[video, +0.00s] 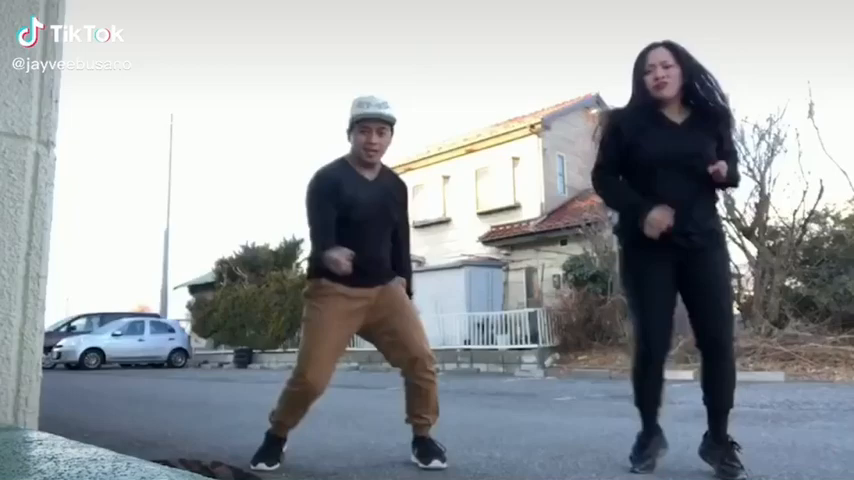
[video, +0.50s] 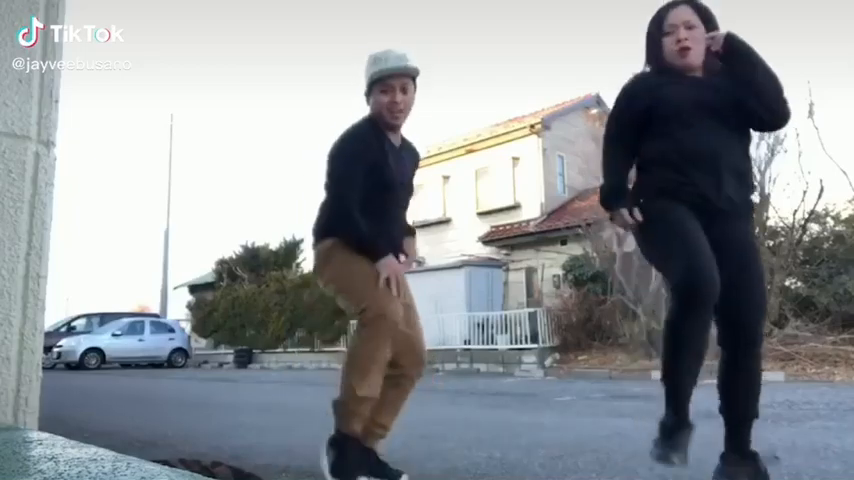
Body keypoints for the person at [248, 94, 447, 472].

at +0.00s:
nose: (373, 139)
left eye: (381, 132)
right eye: (365, 131)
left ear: (390, 138)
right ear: (350, 134)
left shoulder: (395, 186)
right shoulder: (327, 181)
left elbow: (401, 244)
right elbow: (321, 237)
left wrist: (405, 289)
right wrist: (329, 253)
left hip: (386, 293)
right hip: (334, 293)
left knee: (421, 358)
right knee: (310, 381)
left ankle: (424, 439)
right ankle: (275, 438)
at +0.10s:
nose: (379, 132)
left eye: (387, 125)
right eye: (370, 124)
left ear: (396, 132)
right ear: (356, 129)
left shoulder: (395, 182)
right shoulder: (336, 176)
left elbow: (391, 239)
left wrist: (396, 283)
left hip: (390, 295)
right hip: (340, 298)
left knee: (429, 362)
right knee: (315, 388)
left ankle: (425, 440)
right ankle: (276, 441)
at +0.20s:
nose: (384, 101)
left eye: (392, 94)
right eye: (376, 93)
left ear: (401, 101)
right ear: (361, 98)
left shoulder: (403, 154)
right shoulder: (340, 136)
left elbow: (386, 210)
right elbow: (316, 181)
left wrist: (394, 257)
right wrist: (374, 172)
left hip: (393, 268)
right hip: (344, 265)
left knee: (423, 355)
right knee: (324, 365)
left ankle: (420, 434)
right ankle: (279, 431)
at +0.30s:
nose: (386, 80)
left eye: (395, 73)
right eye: (377, 72)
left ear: (405, 79)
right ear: (362, 77)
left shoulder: (408, 134)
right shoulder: (343, 112)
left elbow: (391, 186)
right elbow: (324, 165)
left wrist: (391, 229)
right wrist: (374, 199)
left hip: (388, 240)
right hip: (344, 235)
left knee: (417, 331)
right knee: (353, 331)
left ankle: (390, 423)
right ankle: (309, 398)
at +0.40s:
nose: (389, 83)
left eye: (398, 75)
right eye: (379, 74)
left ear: (407, 80)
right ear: (363, 79)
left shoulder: (408, 136)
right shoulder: (345, 121)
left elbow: (396, 194)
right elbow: (338, 183)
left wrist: (392, 238)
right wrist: (375, 228)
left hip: (383, 237)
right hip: (341, 232)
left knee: (409, 338)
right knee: (380, 310)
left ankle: (375, 438)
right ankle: (334, 394)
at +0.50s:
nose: (397, 99)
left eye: (405, 90)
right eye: (386, 90)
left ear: (414, 95)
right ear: (369, 96)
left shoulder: (408, 154)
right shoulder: (354, 143)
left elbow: (394, 207)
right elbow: (343, 211)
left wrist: (405, 241)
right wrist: (381, 253)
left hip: (384, 256)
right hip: (339, 249)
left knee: (410, 353)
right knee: (382, 312)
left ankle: (366, 447)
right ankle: (345, 439)